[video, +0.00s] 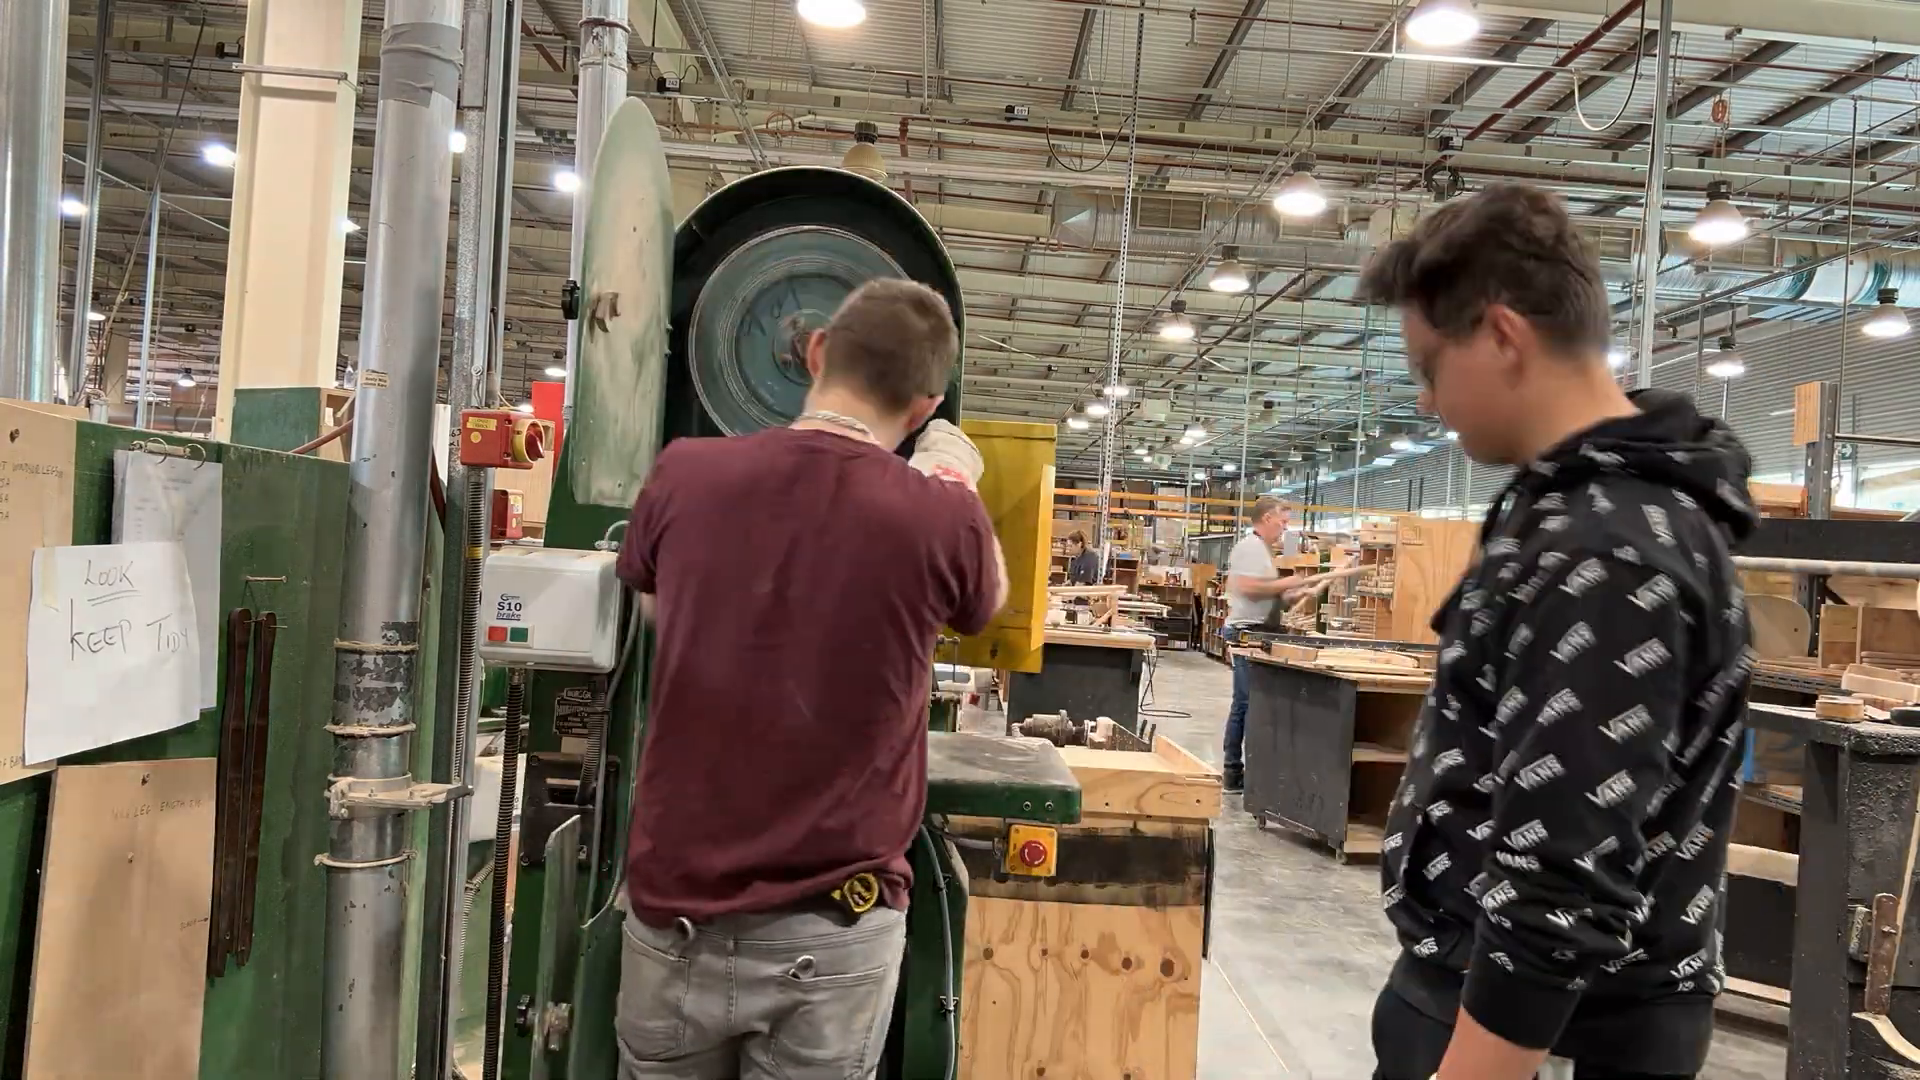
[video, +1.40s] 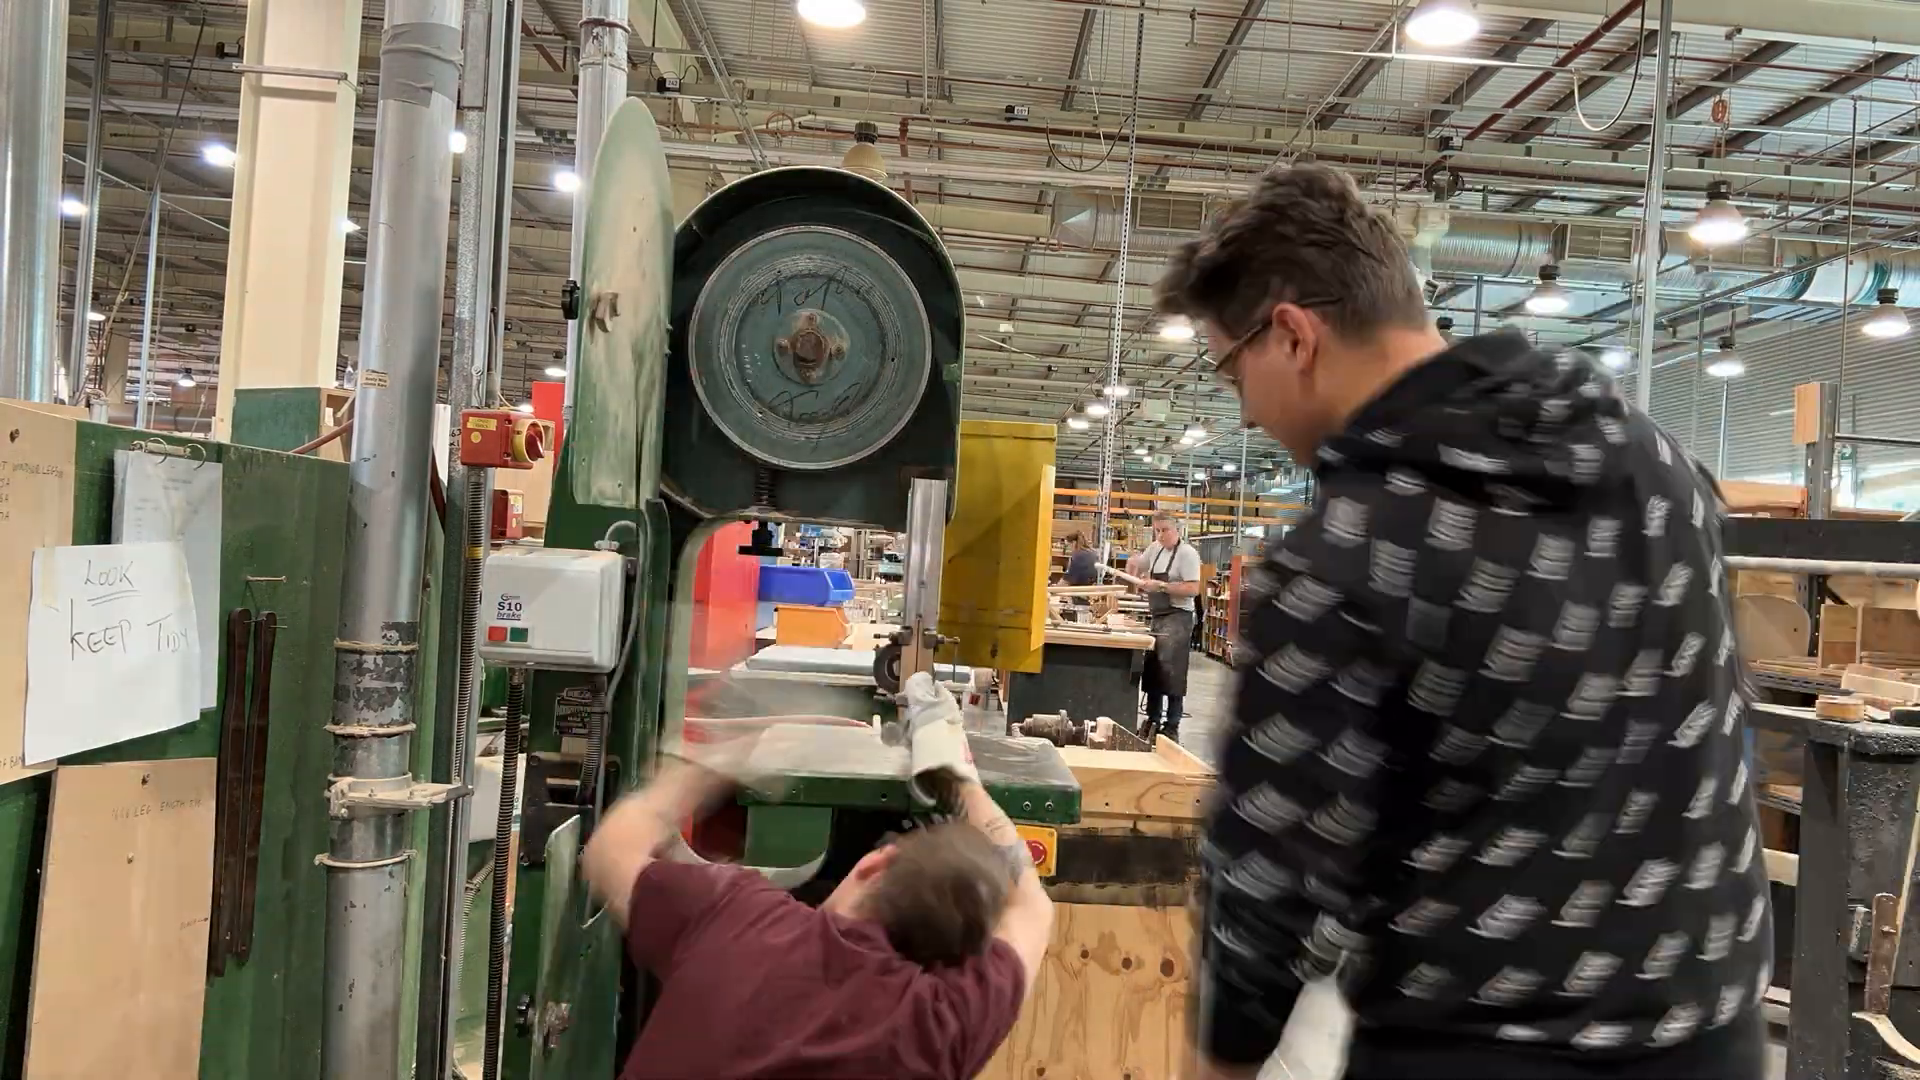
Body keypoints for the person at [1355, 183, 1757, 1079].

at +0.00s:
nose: (1427, 407)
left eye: (1428, 370)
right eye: (1419, 378)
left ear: (1504, 338)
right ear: (1506, 340)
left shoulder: (1614, 549)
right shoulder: (1573, 512)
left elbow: (1554, 901)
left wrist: (1474, 1062)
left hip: (1543, 1029)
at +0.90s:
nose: (1418, 409)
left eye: (1418, 371)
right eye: (1410, 379)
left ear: (1491, 345)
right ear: (1497, 346)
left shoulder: (1621, 569)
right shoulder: (1572, 520)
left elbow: (1557, 929)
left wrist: (1495, 1057)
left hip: (1552, 1032)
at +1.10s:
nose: (1380, 385)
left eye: (1377, 343)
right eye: (1371, 352)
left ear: (1443, 313)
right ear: (1551, 301)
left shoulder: (1484, 545)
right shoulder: (1718, 490)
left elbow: (1392, 904)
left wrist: (1331, 1052)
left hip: (1529, 1037)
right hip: (1704, 1028)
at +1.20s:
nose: (1500, 363)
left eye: (1504, 320)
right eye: (1495, 326)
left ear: (1578, 302)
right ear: (1669, 297)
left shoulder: (1593, 521)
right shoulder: (1810, 493)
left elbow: (1526, 853)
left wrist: (1447, 1050)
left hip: (1621, 1036)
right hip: (1799, 1026)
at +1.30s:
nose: (1555, 409)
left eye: (1555, 370)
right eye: (1546, 381)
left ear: (1636, 331)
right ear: (1637, 334)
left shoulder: (1737, 527)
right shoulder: (1812, 492)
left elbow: (1667, 892)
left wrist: (1543, 1071)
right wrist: (1549, 955)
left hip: (1727, 1043)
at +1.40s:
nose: (1242, 411)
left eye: (1233, 369)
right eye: (1228, 377)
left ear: (1295, 336)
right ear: (1404, 305)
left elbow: (1267, 877)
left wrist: (1226, 1050)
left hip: (1469, 1042)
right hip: (1713, 1031)